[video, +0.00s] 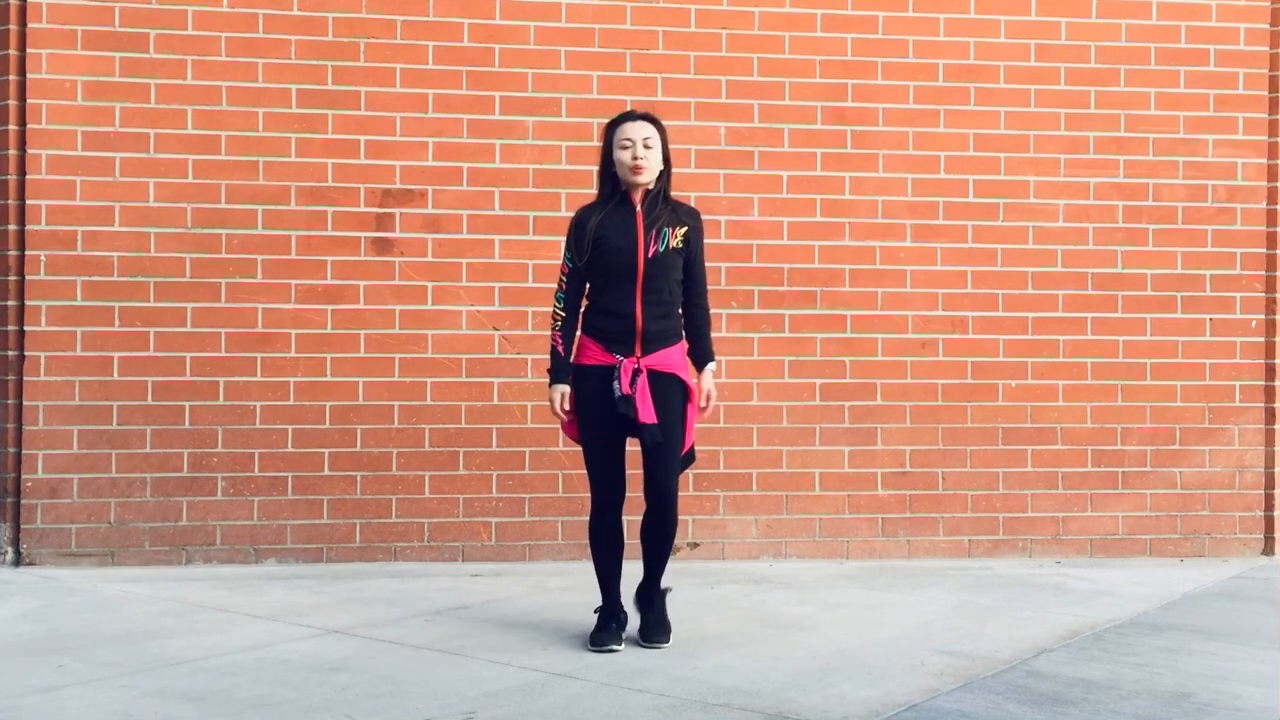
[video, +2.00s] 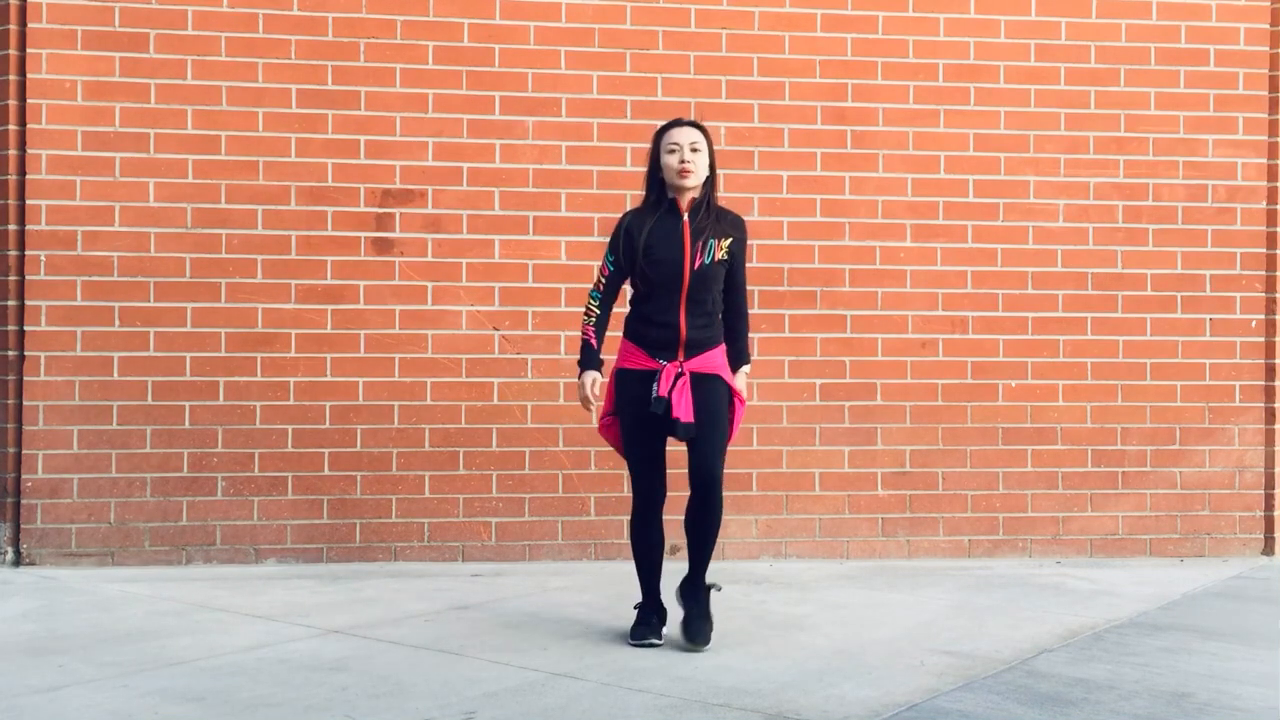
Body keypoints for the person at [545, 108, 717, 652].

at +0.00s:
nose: (638, 153)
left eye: (648, 145)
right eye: (626, 145)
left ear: (663, 155)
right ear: (610, 156)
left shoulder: (683, 219)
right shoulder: (589, 220)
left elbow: (695, 298)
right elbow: (567, 300)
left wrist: (705, 360)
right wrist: (559, 371)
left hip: (664, 368)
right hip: (598, 369)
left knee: (663, 494)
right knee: (606, 496)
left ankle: (652, 593)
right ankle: (610, 608)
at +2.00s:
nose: (685, 158)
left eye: (694, 149)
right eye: (674, 150)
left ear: (710, 161)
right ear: (658, 162)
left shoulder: (729, 227)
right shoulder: (635, 224)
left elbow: (735, 299)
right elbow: (602, 294)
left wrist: (741, 362)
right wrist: (589, 361)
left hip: (708, 367)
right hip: (642, 367)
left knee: (709, 482)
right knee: (648, 493)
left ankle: (696, 587)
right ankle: (650, 604)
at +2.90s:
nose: (682, 172)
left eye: (692, 162)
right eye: (671, 163)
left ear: (708, 168)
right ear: (655, 170)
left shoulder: (723, 235)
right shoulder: (631, 227)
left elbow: (731, 310)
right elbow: (599, 294)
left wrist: (740, 376)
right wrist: (582, 360)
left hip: (688, 371)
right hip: (622, 369)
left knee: (692, 486)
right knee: (622, 495)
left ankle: (690, 585)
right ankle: (621, 606)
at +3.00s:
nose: (681, 174)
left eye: (691, 163)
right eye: (670, 165)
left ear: (706, 168)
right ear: (653, 171)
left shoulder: (720, 235)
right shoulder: (628, 224)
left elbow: (722, 312)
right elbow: (595, 293)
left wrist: (722, 375)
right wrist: (578, 353)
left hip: (684, 367)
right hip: (619, 364)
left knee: (680, 477)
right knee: (622, 490)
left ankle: (653, 589)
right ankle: (619, 603)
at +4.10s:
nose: (715, 179)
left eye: (724, 168)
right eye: (703, 170)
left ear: (741, 173)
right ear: (687, 178)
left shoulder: (765, 229)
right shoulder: (673, 245)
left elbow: (784, 301)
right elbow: (662, 323)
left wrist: (803, 363)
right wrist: (661, 391)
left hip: (777, 378)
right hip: (715, 383)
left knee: (767, 504)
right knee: (760, 502)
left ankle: (747, 610)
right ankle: (796, 629)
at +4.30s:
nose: (714, 173)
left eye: (724, 162)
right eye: (702, 164)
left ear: (740, 169)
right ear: (687, 175)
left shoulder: (766, 228)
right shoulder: (674, 242)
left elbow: (786, 300)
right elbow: (655, 319)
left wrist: (800, 361)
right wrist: (645, 390)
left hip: (762, 372)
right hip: (698, 372)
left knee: (769, 488)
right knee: (703, 457)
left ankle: (753, 603)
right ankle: (736, 572)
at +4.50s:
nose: (705, 160)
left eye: (714, 149)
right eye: (693, 151)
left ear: (731, 156)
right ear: (679, 162)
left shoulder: (755, 220)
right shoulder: (662, 222)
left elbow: (769, 292)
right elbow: (638, 296)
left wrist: (780, 351)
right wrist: (622, 365)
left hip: (734, 367)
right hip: (667, 364)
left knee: (736, 491)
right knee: (627, 467)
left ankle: (747, 609)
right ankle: (623, 566)